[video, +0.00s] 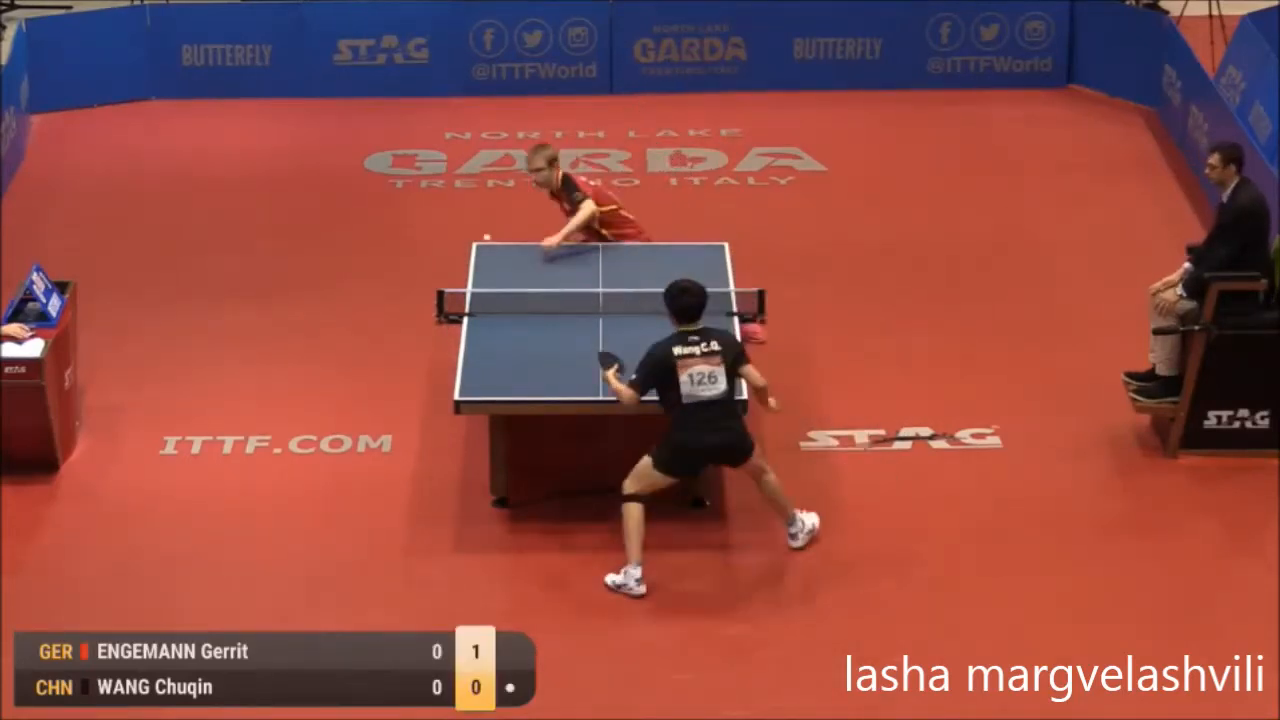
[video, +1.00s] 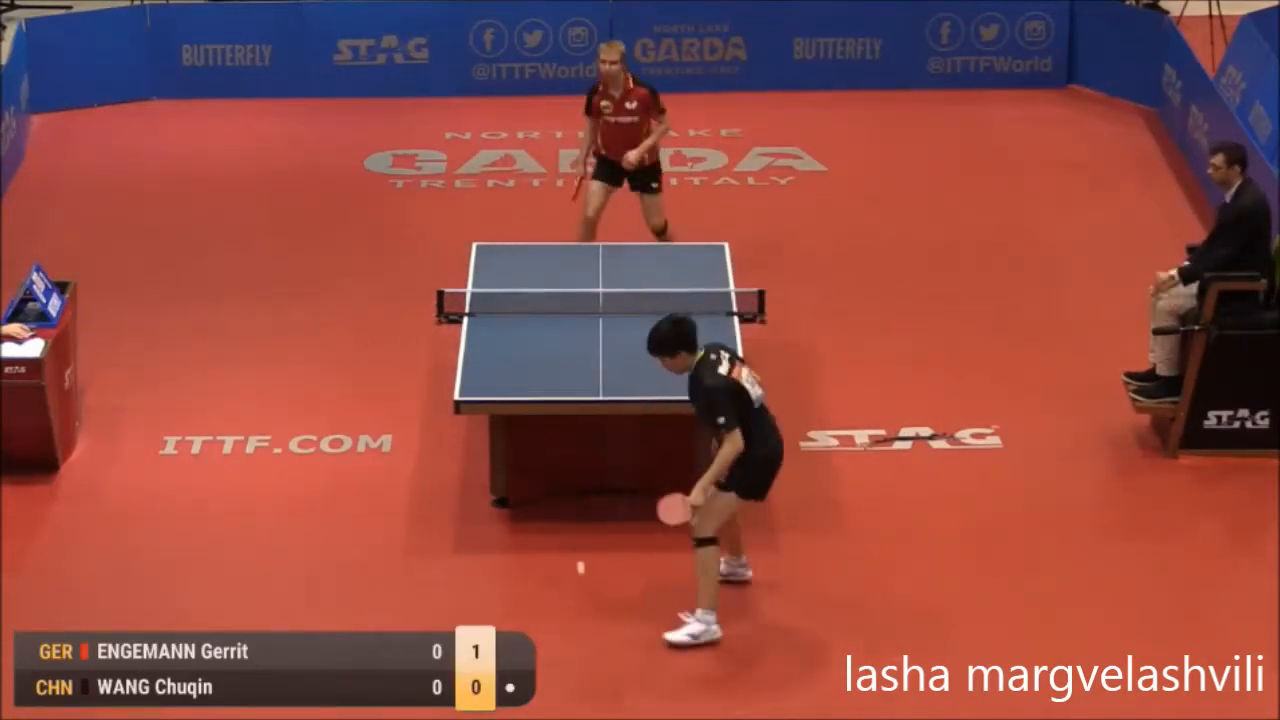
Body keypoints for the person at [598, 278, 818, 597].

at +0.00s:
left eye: (670, 307)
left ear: (670, 312)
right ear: (703, 310)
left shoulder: (661, 351)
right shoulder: (725, 341)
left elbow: (629, 398)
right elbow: (759, 383)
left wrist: (611, 379)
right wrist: (766, 400)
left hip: (686, 443)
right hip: (730, 437)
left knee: (632, 489)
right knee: (763, 474)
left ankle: (632, 574)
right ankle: (796, 526)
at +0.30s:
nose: (686, 313)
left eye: (685, 308)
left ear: (686, 313)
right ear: (719, 307)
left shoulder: (687, 350)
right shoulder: (745, 335)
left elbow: (656, 406)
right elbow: (781, 376)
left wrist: (645, 408)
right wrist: (756, 393)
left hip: (718, 439)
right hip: (761, 432)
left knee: (666, 500)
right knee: (800, 486)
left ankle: (650, 587)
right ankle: (830, 561)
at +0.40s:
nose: (690, 329)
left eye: (690, 324)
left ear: (693, 329)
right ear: (727, 323)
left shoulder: (694, 365)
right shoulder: (755, 351)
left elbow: (668, 422)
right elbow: (787, 395)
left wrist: (657, 422)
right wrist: (763, 411)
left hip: (723, 459)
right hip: (767, 452)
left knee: (669, 515)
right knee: (806, 502)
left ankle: (665, 601)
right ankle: (846, 571)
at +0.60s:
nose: (681, 373)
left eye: (682, 368)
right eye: (682, 367)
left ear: (690, 373)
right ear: (716, 362)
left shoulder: (703, 407)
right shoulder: (745, 383)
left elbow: (692, 464)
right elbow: (780, 423)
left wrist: (645, 473)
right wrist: (750, 443)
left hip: (730, 491)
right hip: (774, 484)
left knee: (659, 515)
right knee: (808, 506)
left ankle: (662, 603)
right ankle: (845, 574)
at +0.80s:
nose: (662, 364)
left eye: (661, 358)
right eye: (660, 357)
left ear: (671, 359)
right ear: (690, 349)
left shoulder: (692, 396)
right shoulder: (717, 364)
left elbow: (707, 452)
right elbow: (760, 394)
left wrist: (661, 479)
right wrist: (739, 428)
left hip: (730, 474)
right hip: (762, 461)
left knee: (664, 512)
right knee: (770, 507)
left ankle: (660, 603)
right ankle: (830, 560)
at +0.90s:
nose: (661, 356)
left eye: (660, 350)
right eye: (658, 350)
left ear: (673, 347)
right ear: (687, 338)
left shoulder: (699, 378)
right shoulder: (717, 348)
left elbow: (723, 437)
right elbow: (757, 379)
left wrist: (687, 481)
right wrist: (732, 412)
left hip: (745, 452)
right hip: (766, 439)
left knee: (697, 519)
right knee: (738, 496)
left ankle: (675, 607)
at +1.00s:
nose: (663, 365)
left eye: (663, 358)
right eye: (661, 359)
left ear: (678, 354)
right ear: (688, 345)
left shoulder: (708, 382)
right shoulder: (715, 352)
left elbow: (735, 442)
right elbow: (745, 385)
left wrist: (704, 485)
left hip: (754, 455)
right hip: (764, 441)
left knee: (702, 523)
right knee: (721, 499)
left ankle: (706, 619)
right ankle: (735, 562)